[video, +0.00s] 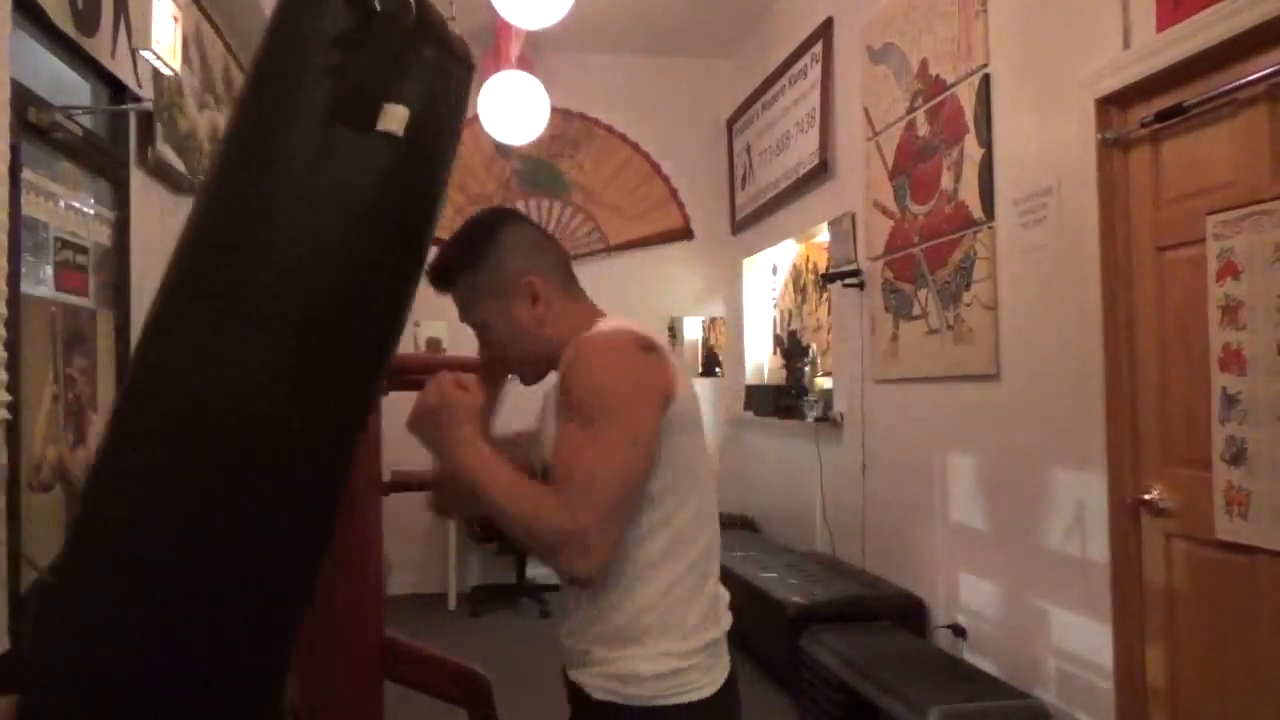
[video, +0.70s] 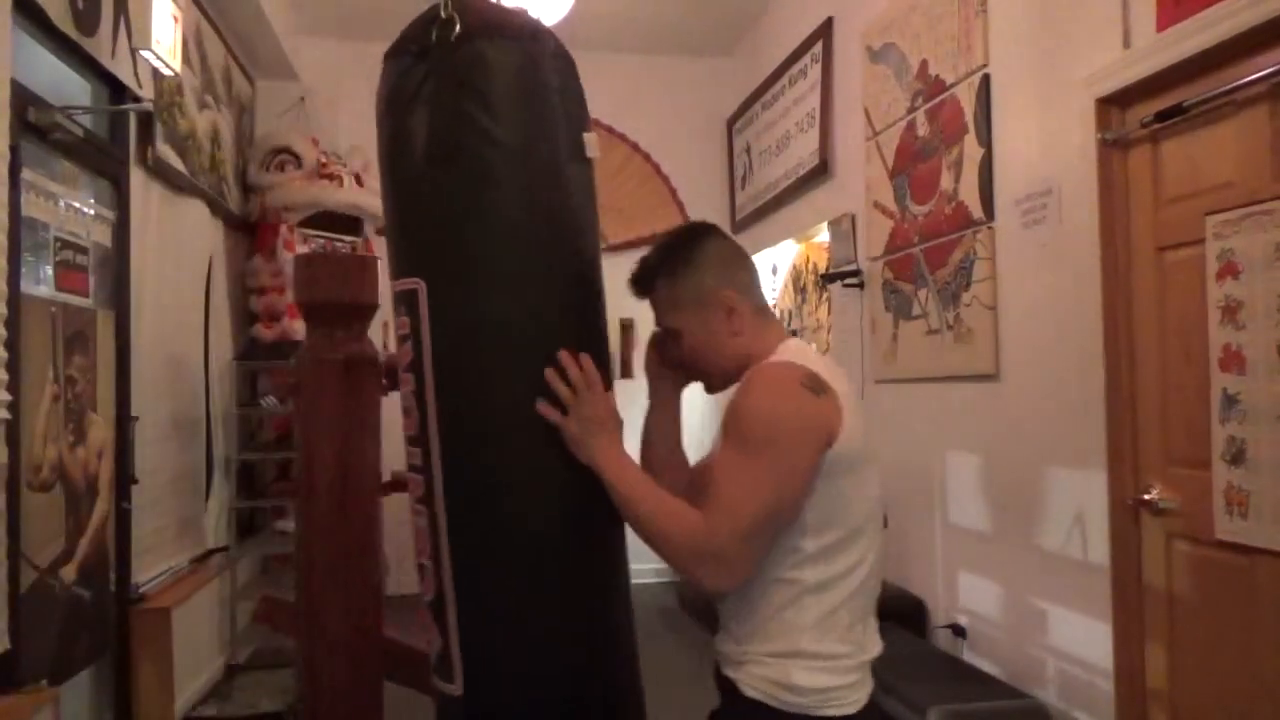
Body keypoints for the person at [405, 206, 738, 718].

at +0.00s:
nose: (486, 349)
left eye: (482, 326)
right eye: (475, 329)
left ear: (532, 298)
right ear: (536, 297)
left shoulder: (611, 355)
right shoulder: (575, 378)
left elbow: (584, 548)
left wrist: (463, 445)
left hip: (652, 696)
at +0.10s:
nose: (470, 349)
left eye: (477, 326)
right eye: (464, 331)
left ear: (539, 297)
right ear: (541, 299)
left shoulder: (648, 356)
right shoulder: (540, 395)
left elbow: (610, 533)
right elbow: (419, 475)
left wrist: (489, 418)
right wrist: (446, 382)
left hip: (654, 692)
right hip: (582, 681)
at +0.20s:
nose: (504, 352)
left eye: (504, 329)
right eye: (494, 334)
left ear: (562, 300)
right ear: (564, 302)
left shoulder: (646, 369)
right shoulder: (579, 383)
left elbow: (588, 552)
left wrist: (486, 425)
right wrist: (481, 422)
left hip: (641, 695)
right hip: (588, 682)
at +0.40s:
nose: (563, 336)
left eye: (561, 316)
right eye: (555, 320)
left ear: (611, 287)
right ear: (617, 286)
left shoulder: (643, 348)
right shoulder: (700, 338)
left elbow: (573, 535)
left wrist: (527, 409)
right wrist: (552, 402)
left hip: (668, 690)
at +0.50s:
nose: (583, 329)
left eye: (589, 308)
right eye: (581, 311)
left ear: (639, 284)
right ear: (645, 283)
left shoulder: (671, 342)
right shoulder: (734, 339)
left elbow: (599, 529)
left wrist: (559, 407)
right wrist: (593, 386)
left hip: (702, 690)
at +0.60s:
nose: (631, 337)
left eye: (635, 319)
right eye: (627, 322)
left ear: (686, 299)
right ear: (693, 299)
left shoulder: (735, 365)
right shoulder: (767, 354)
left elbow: (659, 543)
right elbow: (659, 510)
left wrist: (588, 414)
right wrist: (633, 383)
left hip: (748, 696)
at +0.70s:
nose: (670, 351)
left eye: (675, 334)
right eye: (666, 335)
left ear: (730, 314)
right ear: (733, 315)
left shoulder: (782, 388)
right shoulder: (788, 375)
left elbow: (718, 562)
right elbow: (673, 504)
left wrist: (607, 455)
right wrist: (664, 394)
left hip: (790, 698)